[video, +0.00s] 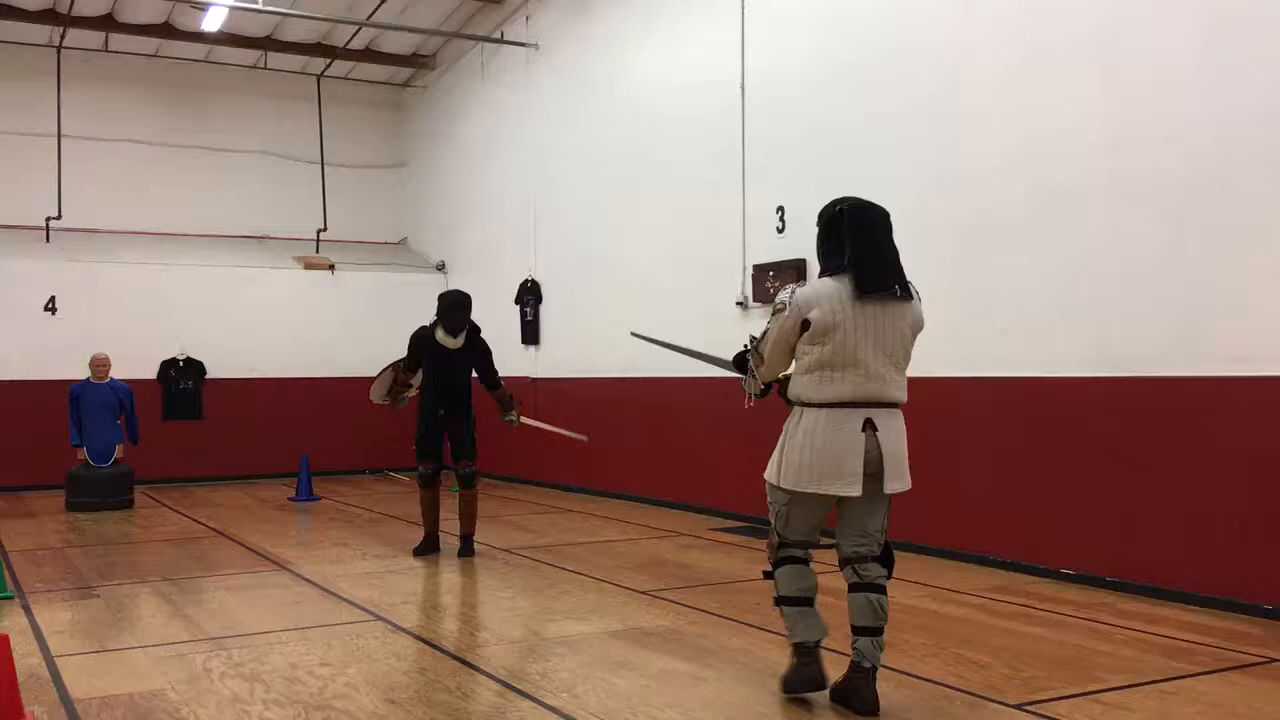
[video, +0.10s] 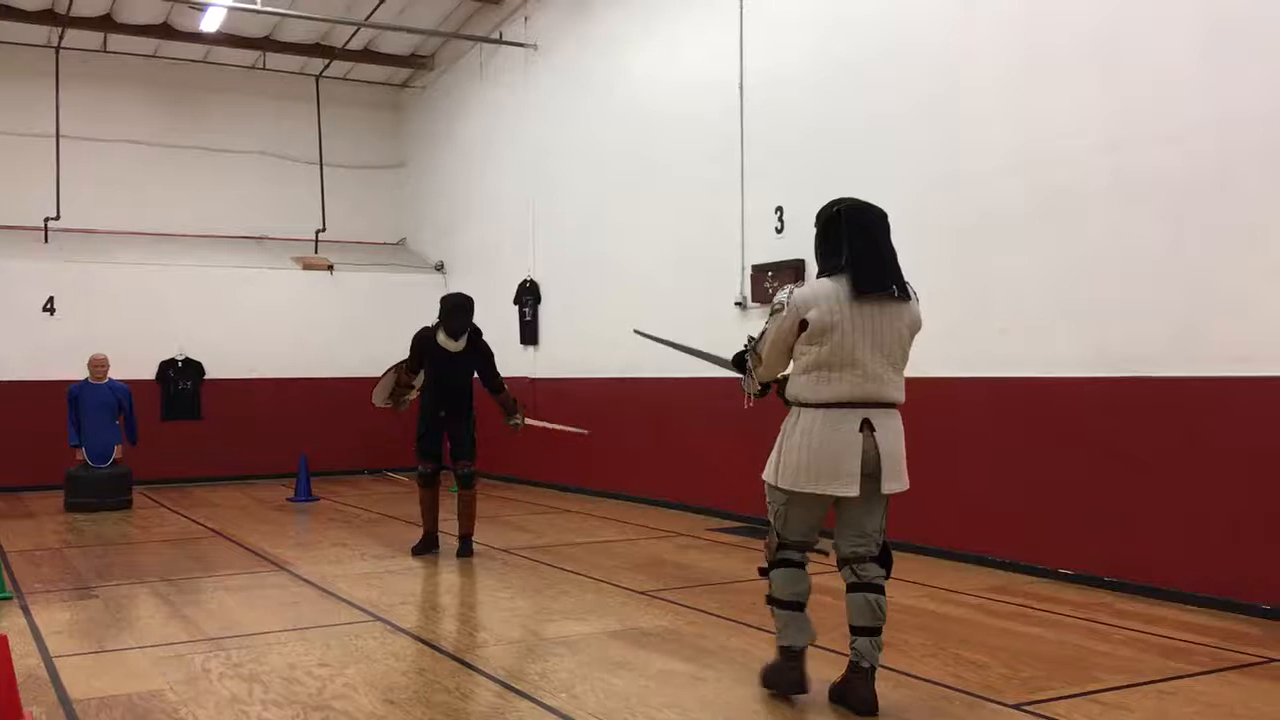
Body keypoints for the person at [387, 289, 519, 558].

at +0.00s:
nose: (457, 328)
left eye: (461, 323)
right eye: (452, 323)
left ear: (467, 319)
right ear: (441, 317)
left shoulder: (475, 344)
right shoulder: (423, 338)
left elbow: (491, 380)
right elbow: (408, 370)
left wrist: (509, 407)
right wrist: (395, 394)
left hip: (461, 414)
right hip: (429, 413)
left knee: (467, 474)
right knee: (427, 474)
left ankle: (467, 539)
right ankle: (430, 537)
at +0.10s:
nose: (459, 330)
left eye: (463, 325)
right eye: (454, 324)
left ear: (469, 322)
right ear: (444, 319)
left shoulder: (476, 346)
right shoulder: (425, 339)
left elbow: (493, 382)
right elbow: (410, 371)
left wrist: (512, 410)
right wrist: (397, 396)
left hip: (462, 414)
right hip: (430, 413)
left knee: (465, 474)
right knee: (427, 473)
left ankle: (466, 539)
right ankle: (429, 536)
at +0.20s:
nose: (463, 330)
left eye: (468, 325)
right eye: (458, 325)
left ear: (474, 323)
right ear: (448, 320)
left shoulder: (480, 348)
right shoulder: (429, 339)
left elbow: (497, 386)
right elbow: (414, 373)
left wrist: (517, 419)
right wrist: (400, 405)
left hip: (464, 415)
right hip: (432, 412)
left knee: (466, 473)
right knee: (427, 471)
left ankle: (466, 537)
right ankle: (432, 530)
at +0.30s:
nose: (465, 335)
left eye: (470, 330)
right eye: (461, 330)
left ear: (478, 326)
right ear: (452, 322)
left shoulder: (484, 349)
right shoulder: (432, 341)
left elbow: (502, 392)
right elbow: (414, 380)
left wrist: (520, 430)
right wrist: (405, 415)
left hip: (466, 415)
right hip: (434, 412)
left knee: (468, 472)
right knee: (429, 467)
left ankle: (467, 536)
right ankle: (435, 519)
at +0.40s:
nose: (465, 338)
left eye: (470, 334)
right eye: (461, 333)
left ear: (477, 328)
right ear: (452, 323)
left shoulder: (482, 350)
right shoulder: (432, 344)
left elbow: (502, 394)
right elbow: (413, 388)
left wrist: (514, 434)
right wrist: (408, 430)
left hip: (466, 416)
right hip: (435, 414)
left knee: (467, 473)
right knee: (428, 466)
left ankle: (467, 536)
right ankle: (434, 513)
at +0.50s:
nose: (465, 339)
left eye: (471, 334)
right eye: (461, 334)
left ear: (477, 330)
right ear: (452, 325)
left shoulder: (482, 352)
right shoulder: (433, 346)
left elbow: (500, 390)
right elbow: (418, 384)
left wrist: (510, 422)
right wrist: (416, 418)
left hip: (467, 418)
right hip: (436, 415)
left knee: (468, 473)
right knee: (429, 466)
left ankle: (468, 536)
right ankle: (435, 511)